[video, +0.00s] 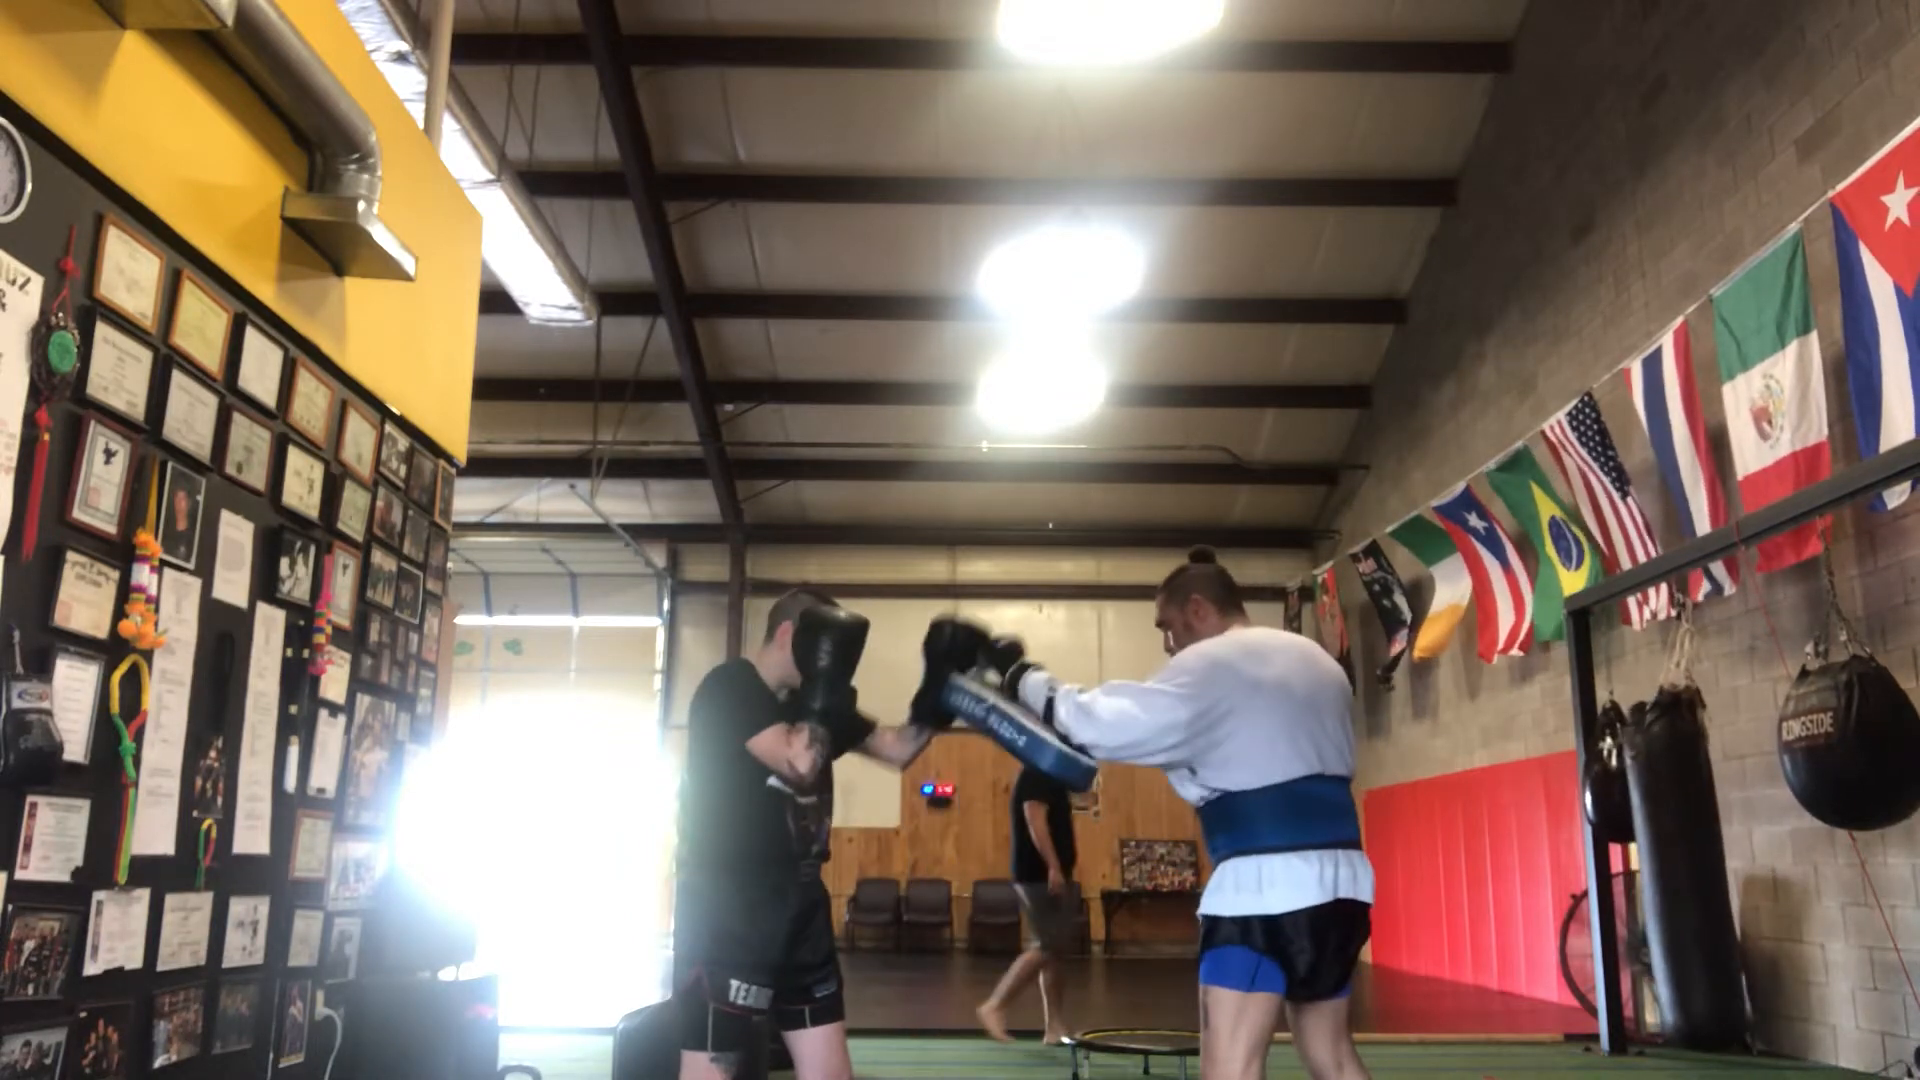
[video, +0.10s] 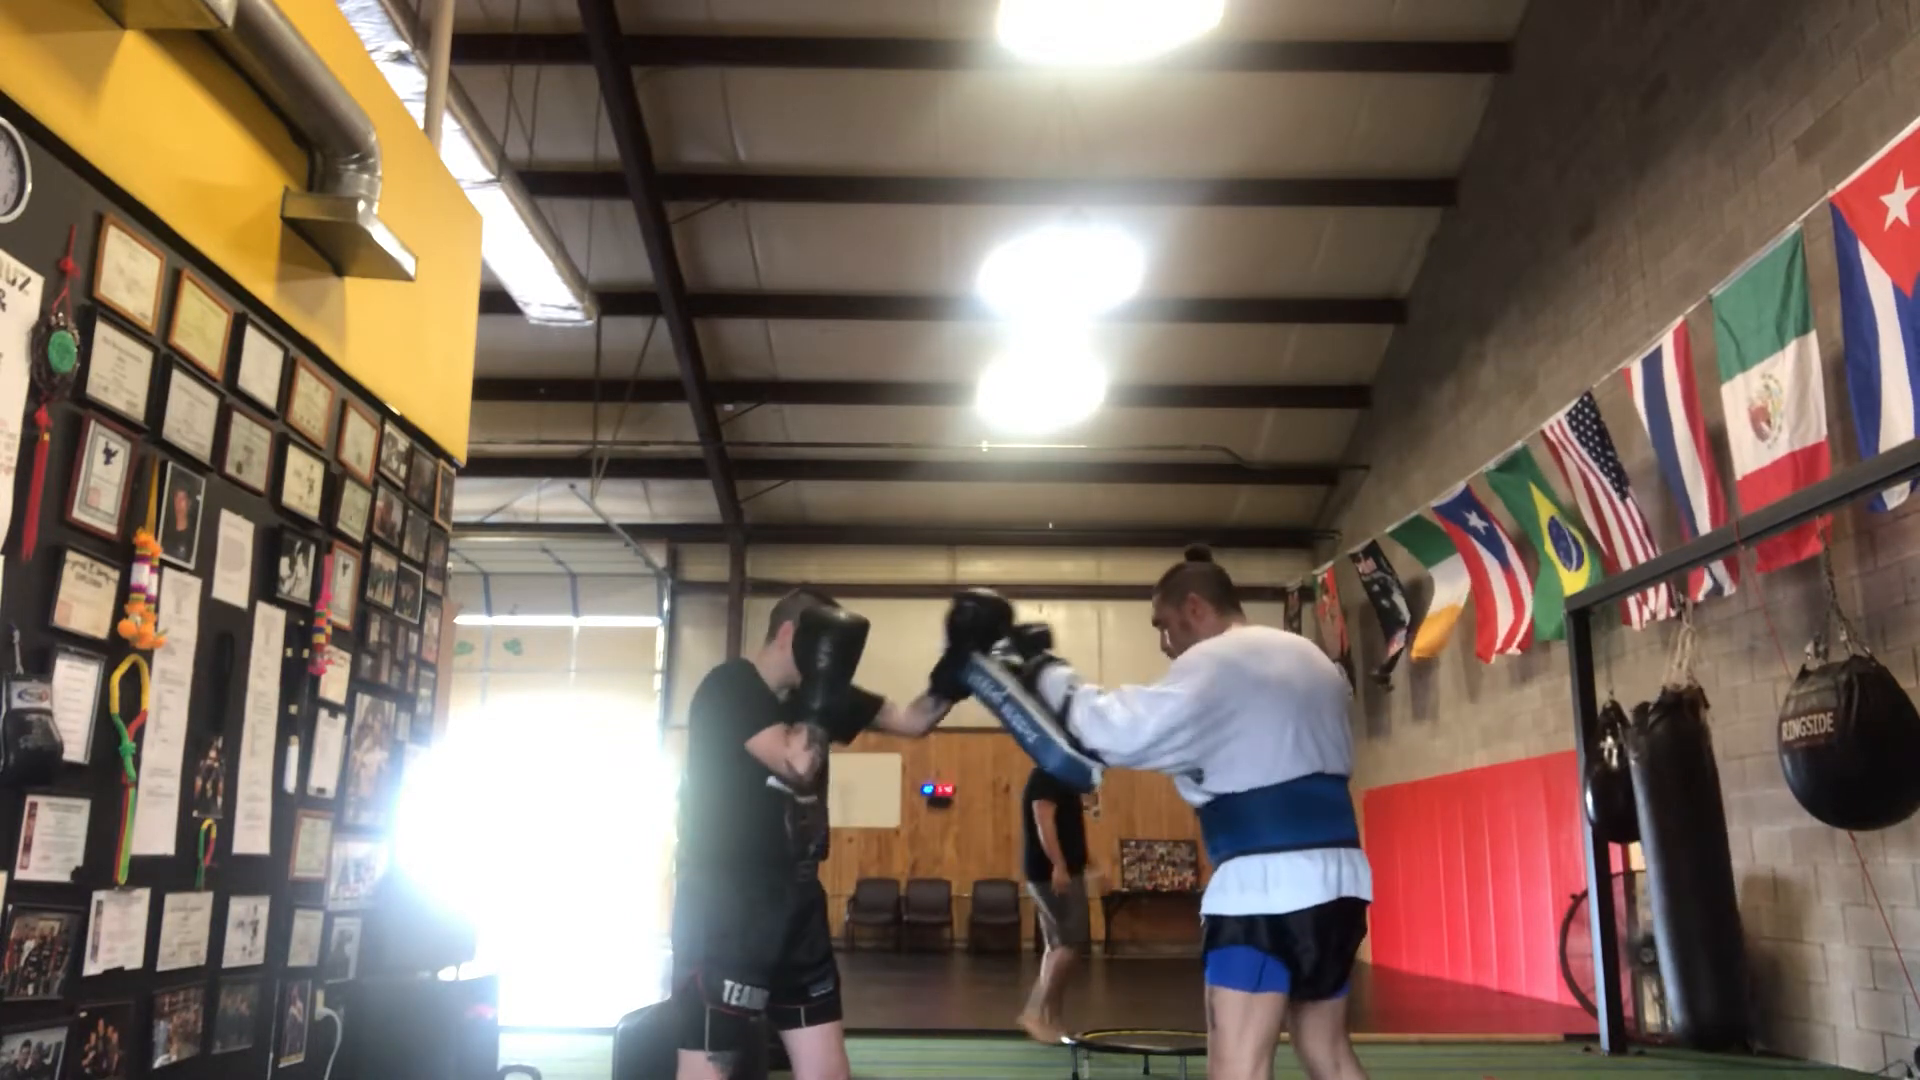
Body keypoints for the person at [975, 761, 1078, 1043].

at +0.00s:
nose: (1074, 752)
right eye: (1069, 745)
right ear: (1055, 744)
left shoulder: (1052, 778)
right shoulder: (1037, 775)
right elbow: (1036, 822)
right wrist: (1054, 866)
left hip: (1049, 876)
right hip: (1034, 875)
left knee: (1054, 952)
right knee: (1045, 947)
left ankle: (1054, 1027)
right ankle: (993, 1007)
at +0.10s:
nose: (1082, 758)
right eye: (1078, 751)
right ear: (1065, 750)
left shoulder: (1065, 781)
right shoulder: (1046, 779)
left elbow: (1069, 826)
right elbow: (1045, 824)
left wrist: (1085, 862)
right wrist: (1058, 865)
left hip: (1060, 872)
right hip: (1051, 873)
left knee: (1057, 947)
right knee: (1069, 943)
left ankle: (1052, 1018)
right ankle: (1034, 1012)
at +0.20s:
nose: (1094, 754)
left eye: (1095, 747)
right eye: (1091, 746)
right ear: (1079, 745)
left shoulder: (1078, 782)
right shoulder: (1057, 777)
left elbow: (1083, 836)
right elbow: (1052, 823)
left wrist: (1119, 856)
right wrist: (1066, 865)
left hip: (1058, 878)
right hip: (1071, 878)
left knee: (1058, 950)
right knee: (1090, 948)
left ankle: (1054, 1027)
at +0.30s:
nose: (1102, 736)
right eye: (1095, 729)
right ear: (1080, 734)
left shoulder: (1093, 782)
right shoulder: (1066, 781)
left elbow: (1109, 834)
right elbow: (1061, 822)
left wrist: (1149, 852)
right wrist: (1075, 870)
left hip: (1090, 876)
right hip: (1080, 878)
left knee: (1061, 951)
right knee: (1106, 951)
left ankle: (1054, 1028)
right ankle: (1125, 1027)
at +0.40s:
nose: (1117, 752)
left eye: (1116, 745)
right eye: (1114, 745)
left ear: (1088, 743)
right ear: (1106, 746)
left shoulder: (1110, 775)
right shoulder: (1089, 777)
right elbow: (1073, 827)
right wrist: (1086, 876)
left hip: (1086, 876)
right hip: (1105, 876)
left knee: (1073, 950)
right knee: (1121, 950)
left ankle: (1054, 1025)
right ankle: (1137, 1028)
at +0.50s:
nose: (1129, 745)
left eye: (1127, 738)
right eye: (1127, 739)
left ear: (1101, 739)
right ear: (1121, 740)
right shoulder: (1104, 775)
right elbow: (1095, 829)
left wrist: (1144, 870)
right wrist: (1100, 880)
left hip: (1101, 879)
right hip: (1122, 879)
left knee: (1092, 952)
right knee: (1135, 954)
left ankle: (1059, 1021)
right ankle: (1140, 1030)